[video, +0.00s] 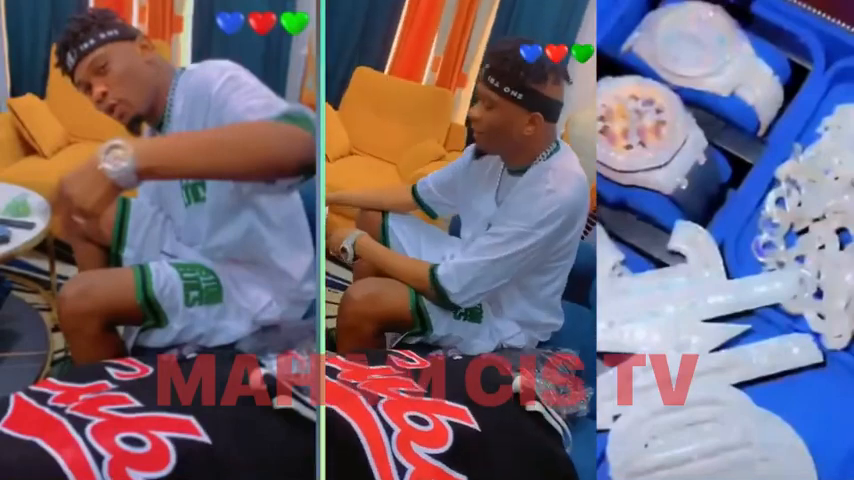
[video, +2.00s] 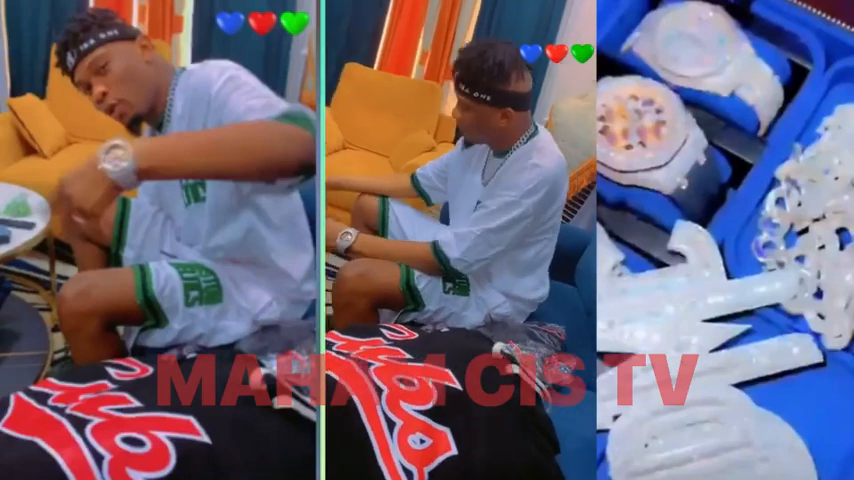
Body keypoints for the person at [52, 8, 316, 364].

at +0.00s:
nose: (98, 94)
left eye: (102, 70)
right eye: (87, 89)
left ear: (144, 48)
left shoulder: (213, 81)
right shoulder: (152, 133)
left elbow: (298, 146)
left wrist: (132, 160)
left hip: (260, 280)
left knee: (80, 300)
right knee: (85, 215)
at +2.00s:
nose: (97, 94)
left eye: (102, 70)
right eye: (87, 89)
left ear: (144, 48)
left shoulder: (214, 81)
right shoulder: (153, 135)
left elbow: (298, 145)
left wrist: (131, 161)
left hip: (261, 278)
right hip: (192, 252)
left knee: (80, 300)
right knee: (84, 215)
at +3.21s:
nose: (97, 94)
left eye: (102, 70)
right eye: (87, 89)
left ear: (145, 48)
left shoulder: (213, 81)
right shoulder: (153, 134)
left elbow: (298, 145)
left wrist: (131, 160)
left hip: (262, 279)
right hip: (191, 252)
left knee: (80, 300)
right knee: (83, 214)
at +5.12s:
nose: (97, 94)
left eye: (102, 70)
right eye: (87, 89)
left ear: (145, 49)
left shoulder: (213, 81)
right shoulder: (153, 133)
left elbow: (297, 146)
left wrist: (131, 160)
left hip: (262, 279)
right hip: (192, 252)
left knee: (80, 300)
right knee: (83, 214)